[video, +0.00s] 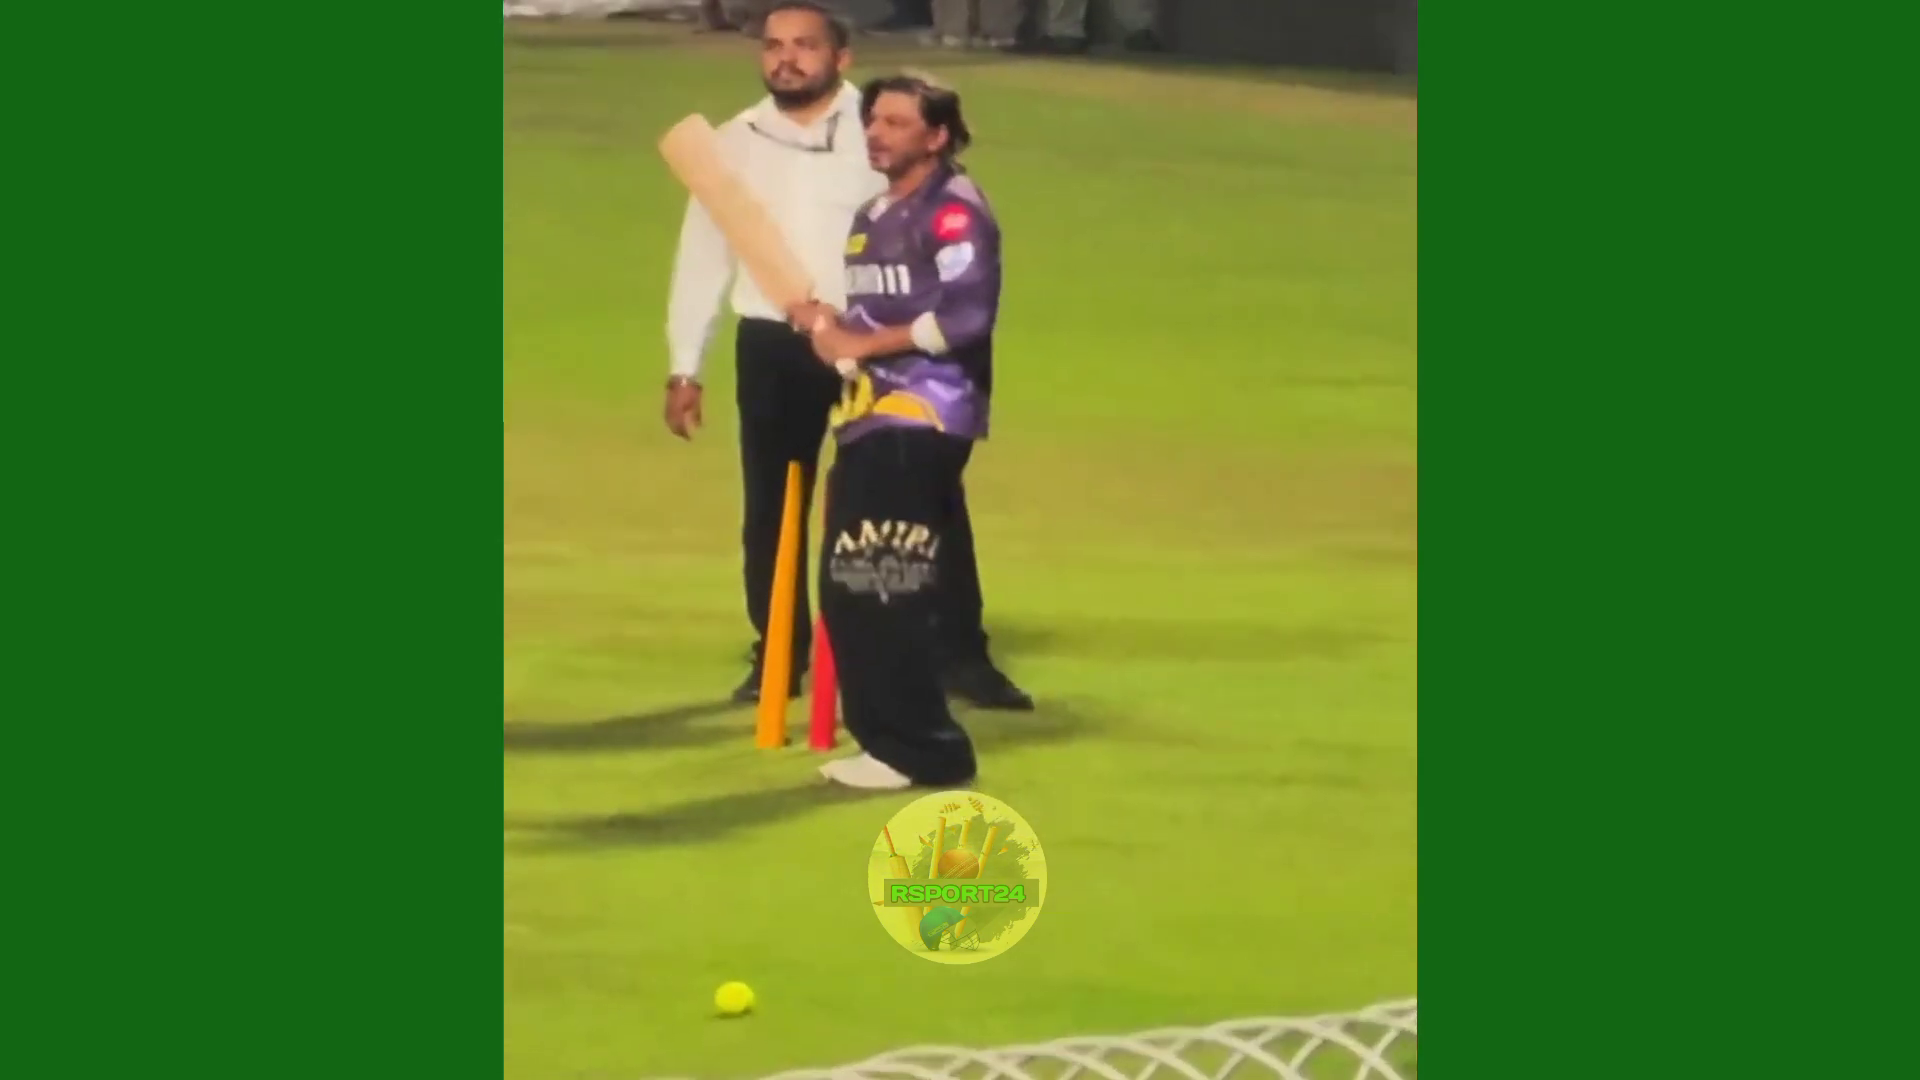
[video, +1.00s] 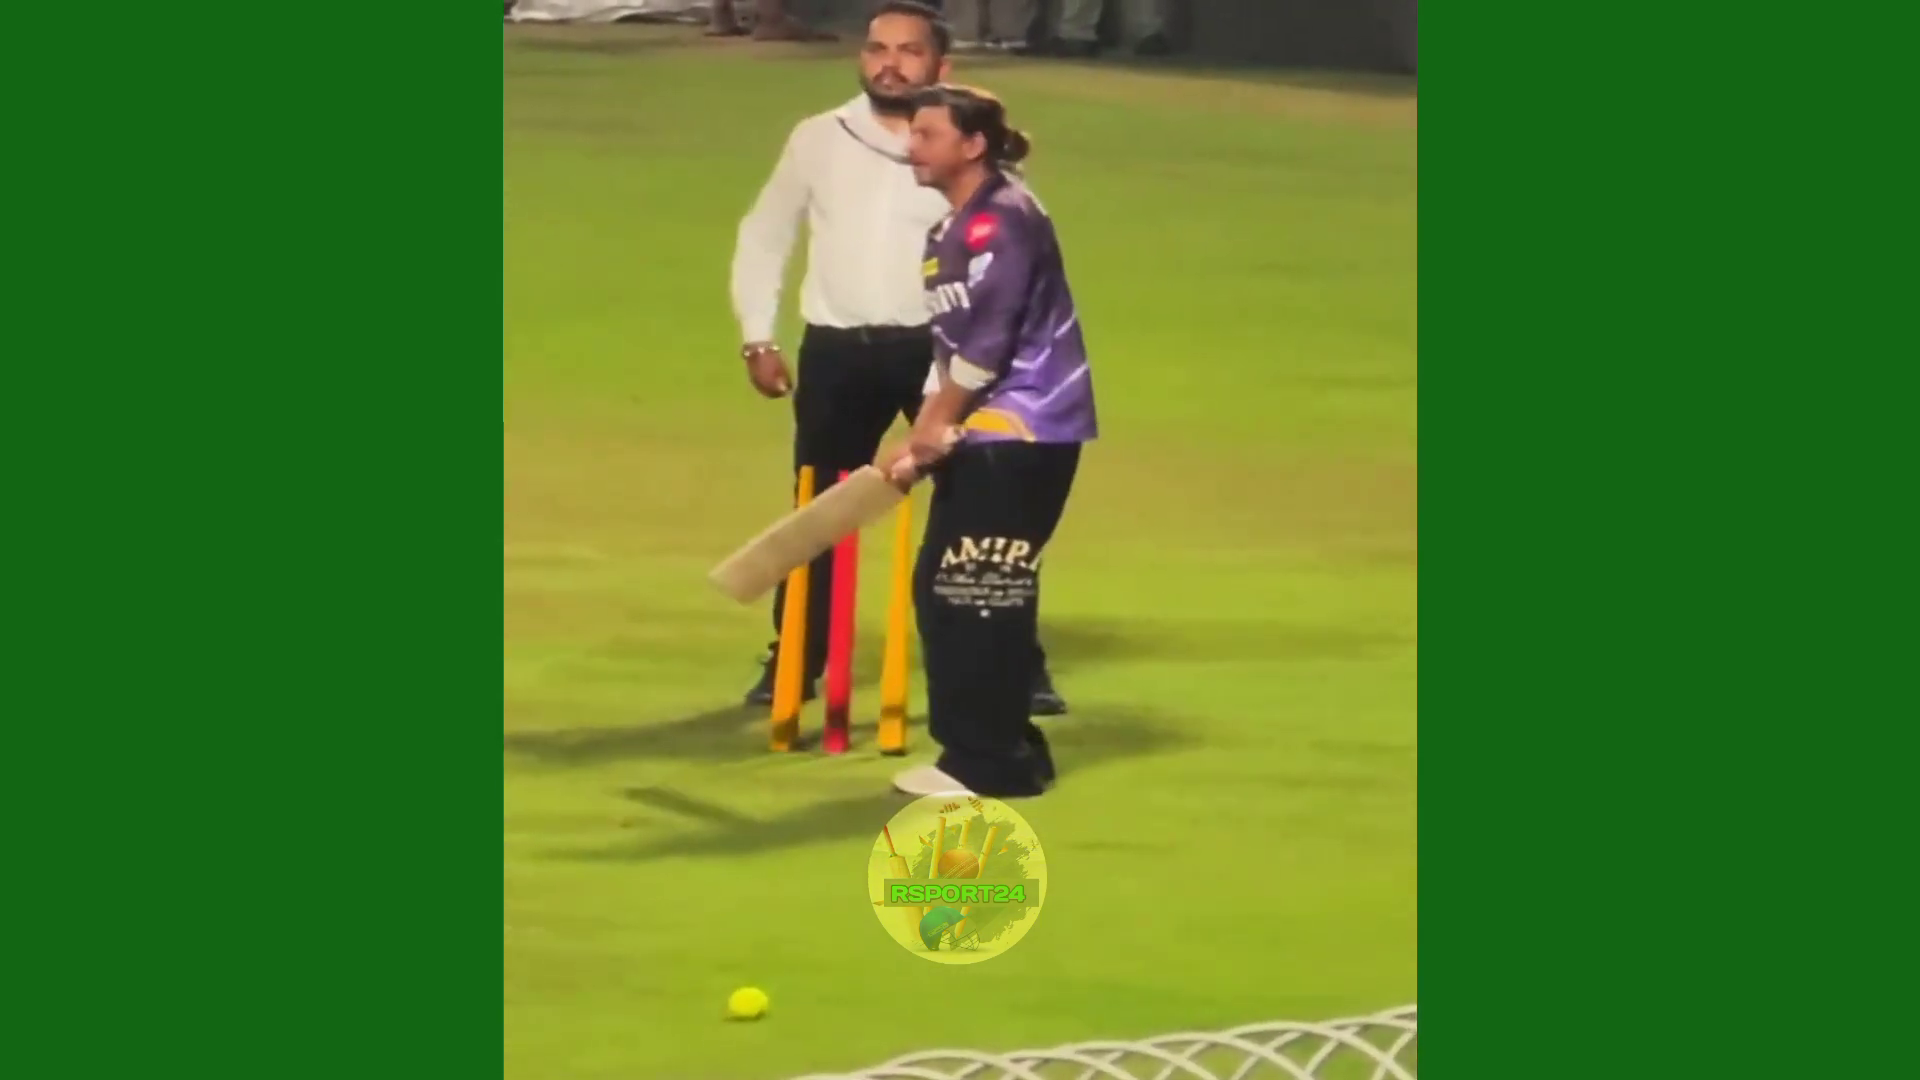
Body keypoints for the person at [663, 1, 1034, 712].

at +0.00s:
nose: (785, 58)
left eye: (802, 45)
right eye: (774, 46)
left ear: (839, 56)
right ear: (761, 56)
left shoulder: (880, 133)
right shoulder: (736, 143)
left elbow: (944, 236)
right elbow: (702, 257)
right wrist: (685, 368)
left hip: (874, 345)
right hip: (775, 345)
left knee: (932, 506)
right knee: (772, 510)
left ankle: (962, 656)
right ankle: (778, 656)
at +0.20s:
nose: (811, 62)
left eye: (828, 48)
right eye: (799, 48)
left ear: (865, 59)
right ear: (787, 57)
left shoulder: (900, 142)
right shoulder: (758, 148)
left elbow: (956, 248)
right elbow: (723, 261)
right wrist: (703, 368)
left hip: (890, 352)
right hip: (793, 348)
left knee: (956, 513)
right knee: (784, 511)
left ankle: (1016, 664)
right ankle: (784, 656)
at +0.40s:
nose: (862, 59)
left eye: (879, 46)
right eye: (851, 45)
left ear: (915, 56)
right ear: (836, 55)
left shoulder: (959, 143)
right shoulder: (805, 142)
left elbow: (1001, 254)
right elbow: (770, 259)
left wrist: (973, 343)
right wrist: (749, 362)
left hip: (933, 364)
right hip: (831, 364)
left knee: (976, 524)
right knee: (814, 515)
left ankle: (1018, 665)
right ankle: (789, 660)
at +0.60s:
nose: (904, 62)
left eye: (923, 50)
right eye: (894, 47)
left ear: (957, 63)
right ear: (878, 55)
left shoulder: (1001, 142)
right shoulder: (840, 141)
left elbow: (1033, 251)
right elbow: (806, 251)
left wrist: (1002, 352)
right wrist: (799, 355)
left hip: (968, 350)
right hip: (866, 348)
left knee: (1001, 525)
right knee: (841, 527)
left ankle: (1040, 669)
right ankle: (807, 671)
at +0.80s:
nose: (899, 64)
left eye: (918, 51)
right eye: (888, 49)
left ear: (951, 64)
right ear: (873, 56)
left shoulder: (989, 143)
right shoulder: (830, 141)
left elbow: (1027, 249)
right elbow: (790, 245)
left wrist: (1000, 361)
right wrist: (785, 351)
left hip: (953, 352)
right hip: (852, 354)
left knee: (987, 525)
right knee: (828, 519)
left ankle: (1029, 669)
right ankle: (801, 664)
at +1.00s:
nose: (888, 63)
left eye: (906, 51)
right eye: (877, 49)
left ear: (938, 64)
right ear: (861, 56)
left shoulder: (960, 143)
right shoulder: (818, 139)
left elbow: (1000, 260)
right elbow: (764, 235)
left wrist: (975, 372)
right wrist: (758, 336)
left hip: (936, 352)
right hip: (837, 352)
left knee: (981, 519)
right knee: (819, 521)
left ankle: (1021, 669)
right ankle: (794, 666)